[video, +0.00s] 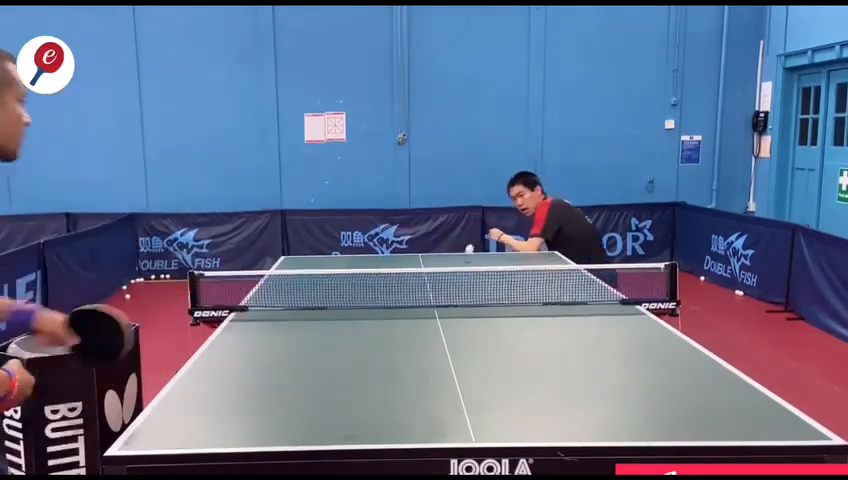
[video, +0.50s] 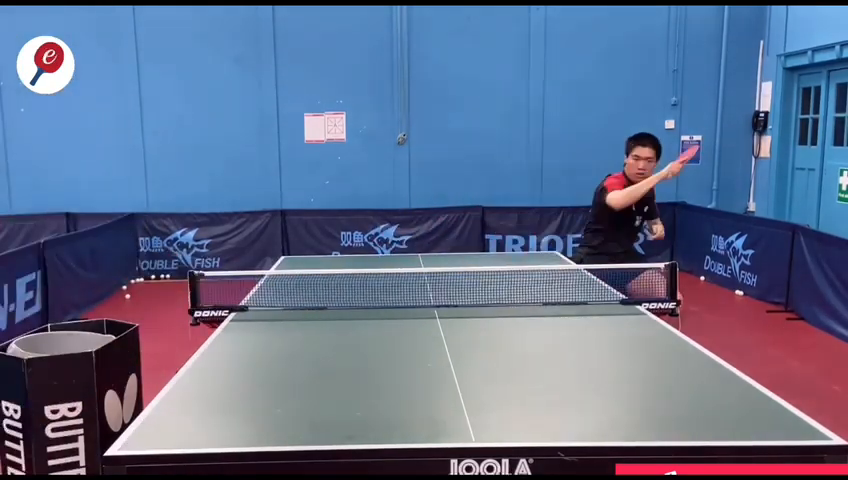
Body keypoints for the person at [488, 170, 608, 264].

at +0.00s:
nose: (518, 203)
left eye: (521, 195)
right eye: (514, 200)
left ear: (539, 192)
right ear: (512, 202)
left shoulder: (548, 207)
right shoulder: (558, 205)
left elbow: (531, 249)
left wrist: (502, 237)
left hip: (589, 276)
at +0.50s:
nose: (641, 166)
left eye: (648, 161)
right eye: (636, 159)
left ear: (655, 164)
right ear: (626, 159)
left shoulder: (648, 190)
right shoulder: (614, 182)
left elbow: (653, 220)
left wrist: (657, 230)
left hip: (626, 257)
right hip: (593, 257)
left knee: (664, 291)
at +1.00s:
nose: (552, 130)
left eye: (558, 123)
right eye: (546, 124)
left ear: (567, 123)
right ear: (538, 126)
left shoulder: (584, 148)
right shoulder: (526, 156)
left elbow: (604, 175)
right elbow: (509, 198)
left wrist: (592, 196)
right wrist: (523, 206)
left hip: (564, 219)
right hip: (530, 219)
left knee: (571, 271)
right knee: (508, 268)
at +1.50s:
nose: (503, 193)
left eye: (508, 186)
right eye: (497, 187)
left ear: (519, 182)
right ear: (490, 185)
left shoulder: (539, 189)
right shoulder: (484, 198)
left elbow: (567, 200)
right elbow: (475, 242)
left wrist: (554, 237)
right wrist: (485, 238)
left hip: (537, 256)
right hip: (503, 258)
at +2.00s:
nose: (503, 189)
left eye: (509, 183)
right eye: (498, 182)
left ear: (521, 179)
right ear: (492, 177)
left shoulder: (531, 189)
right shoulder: (479, 193)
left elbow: (564, 221)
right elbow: (446, 224)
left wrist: (550, 230)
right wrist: (472, 248)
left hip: (520, 262)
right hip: (486, 263)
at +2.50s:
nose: (520, 155)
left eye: (526, 148)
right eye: (514, 148)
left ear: (536, 146)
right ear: (509, 149)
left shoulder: (554, 170)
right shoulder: (503, 173)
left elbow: (583, 201)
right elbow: (480, 199)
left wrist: (579, 218)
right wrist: (458, 205)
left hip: (548, 241)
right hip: (513, 239)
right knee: (485, 273)